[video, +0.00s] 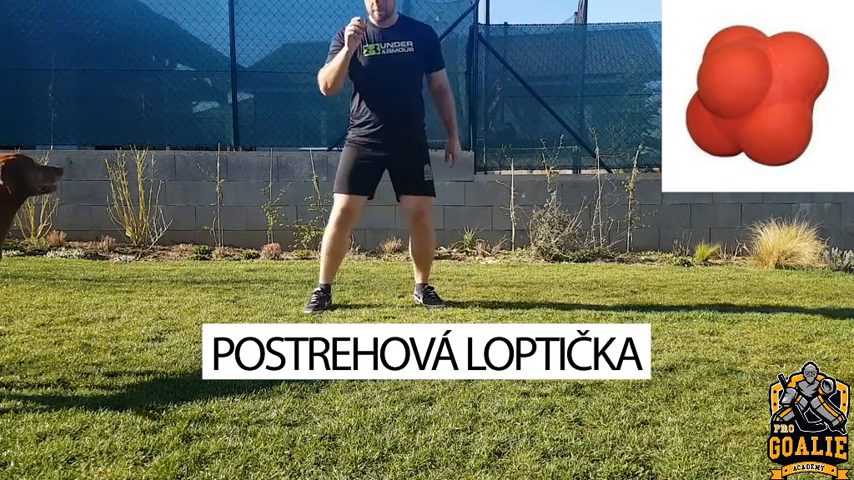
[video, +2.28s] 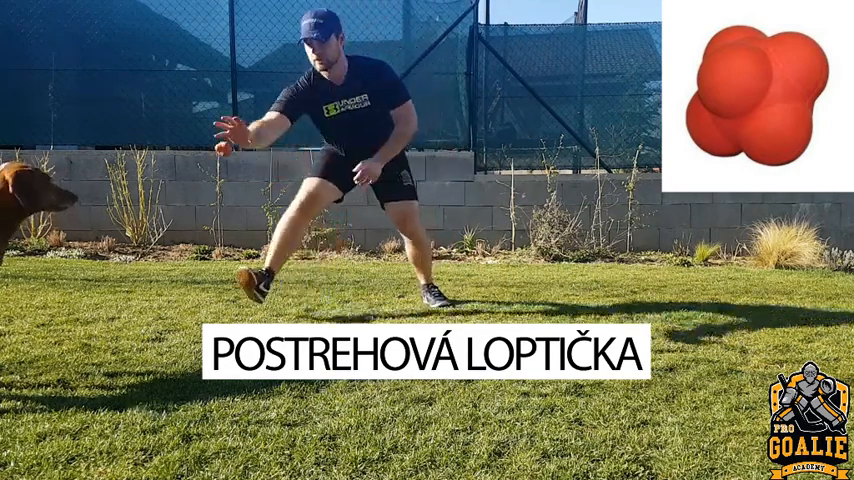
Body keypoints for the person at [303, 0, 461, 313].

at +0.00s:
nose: (378, 4)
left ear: (395, 0)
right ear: (365, 2)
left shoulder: (422, 33)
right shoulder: (349, 35)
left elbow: (440, 86)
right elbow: (327, 86)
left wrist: (452, 133)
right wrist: (348, 50)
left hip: (409, 139)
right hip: (363, 139)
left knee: (419, 212)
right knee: (343, 211)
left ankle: (423, 287)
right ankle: (323, 289)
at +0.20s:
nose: (360, 9)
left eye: (366, 3)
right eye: (354, 4)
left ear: (377, 2)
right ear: (345, 5)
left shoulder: (407, 35)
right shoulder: (331, 43)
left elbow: (424, 86)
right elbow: (317, 97)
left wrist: (421, 120)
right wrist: (338, 98)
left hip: (398, 138)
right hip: (351, 140)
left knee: (416, 210)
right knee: (335, 212)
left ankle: (428, 285)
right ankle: (323, 290)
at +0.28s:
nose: (361, 11)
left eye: (367, 4)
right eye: (354, 6)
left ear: (378, 3)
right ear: (346, 7)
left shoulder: (407, 36)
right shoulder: (334, 45)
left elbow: (425, 88)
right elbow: (324, 100)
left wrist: (412, 115)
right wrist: (330, 145)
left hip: (399, 138)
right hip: (352, 140)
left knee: (416, 210)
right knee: (337, 211)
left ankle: (429, 285)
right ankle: (323, 290)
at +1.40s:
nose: (345, 20)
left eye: (351, 12)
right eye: (339, 14)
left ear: (364, 7)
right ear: (332, 13)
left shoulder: (393, 42)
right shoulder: (318, 50)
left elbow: (413, 97)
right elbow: (304, 106)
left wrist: (379, 117)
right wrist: (324, 94)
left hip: (389, 142)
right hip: (344, 144)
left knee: (412, 212)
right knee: (327, 211)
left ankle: (428, 285)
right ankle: (322, 290)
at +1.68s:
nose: (355, 22)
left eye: (361, 15)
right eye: (349, 17)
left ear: (375, 9)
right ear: (342, 16)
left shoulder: (405, 46)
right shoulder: (331, 55)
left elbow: (430, 98)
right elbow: (319, 105)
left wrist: (402, 129)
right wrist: (323, 140)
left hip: (401, 145)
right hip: (355, 145)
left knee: (419, 212)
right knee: (336, 210)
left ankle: (429, 286)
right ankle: (324, 290)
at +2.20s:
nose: (338, 33)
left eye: (345, 24)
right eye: (332, 26)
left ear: (363, 21)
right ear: (327, 27)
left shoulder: (398, 60)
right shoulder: (323, 71)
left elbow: (420, 117)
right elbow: (297, 117)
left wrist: (391, 155)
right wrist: (280, 145)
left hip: (397, 148)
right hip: (351, 149)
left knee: (410, 226)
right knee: (319, 196)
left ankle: (428, 288)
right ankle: (295, 277)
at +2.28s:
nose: (315, 51)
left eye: (322, 41)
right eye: (309, 44)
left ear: (340, 39)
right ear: (304, 48)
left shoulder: (377, 72)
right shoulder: (305, 90)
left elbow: (407, 123)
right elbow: (270, 125)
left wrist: (380, 160)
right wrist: (249, 137)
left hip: (386, 152)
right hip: (341, 155)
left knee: (411, 227)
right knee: (305, 202)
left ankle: (428, 287)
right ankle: (265, 279)